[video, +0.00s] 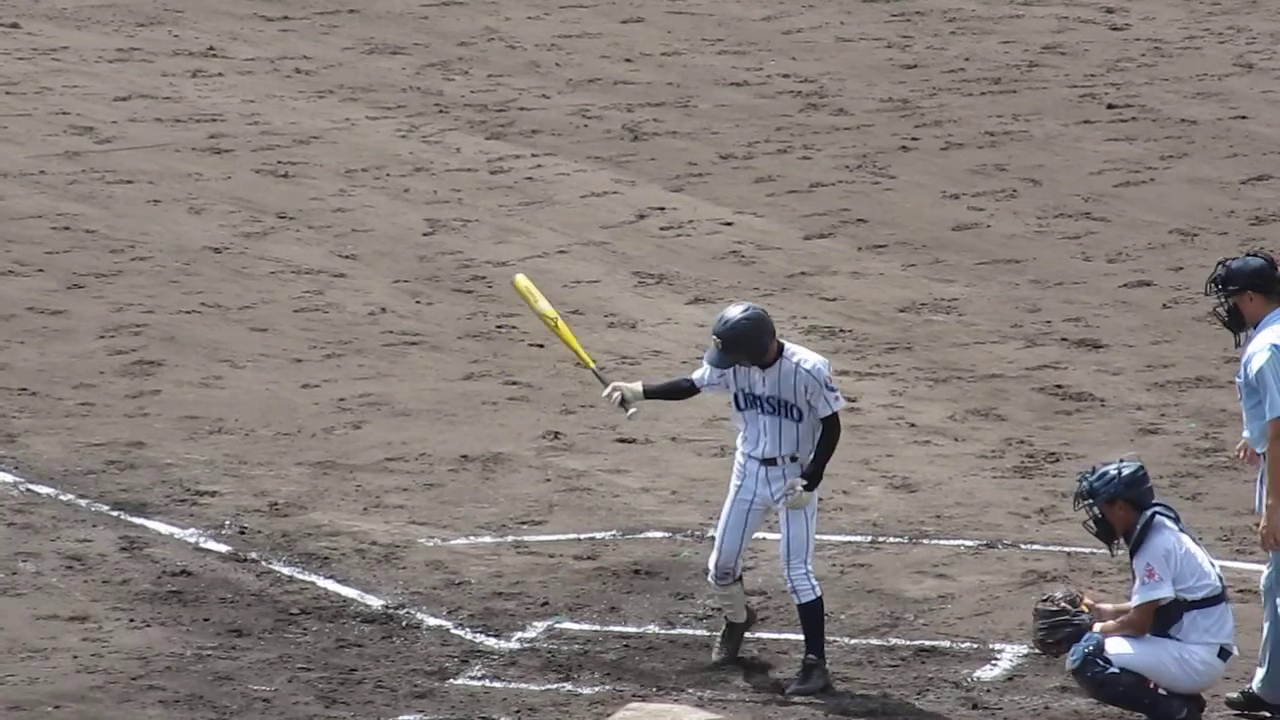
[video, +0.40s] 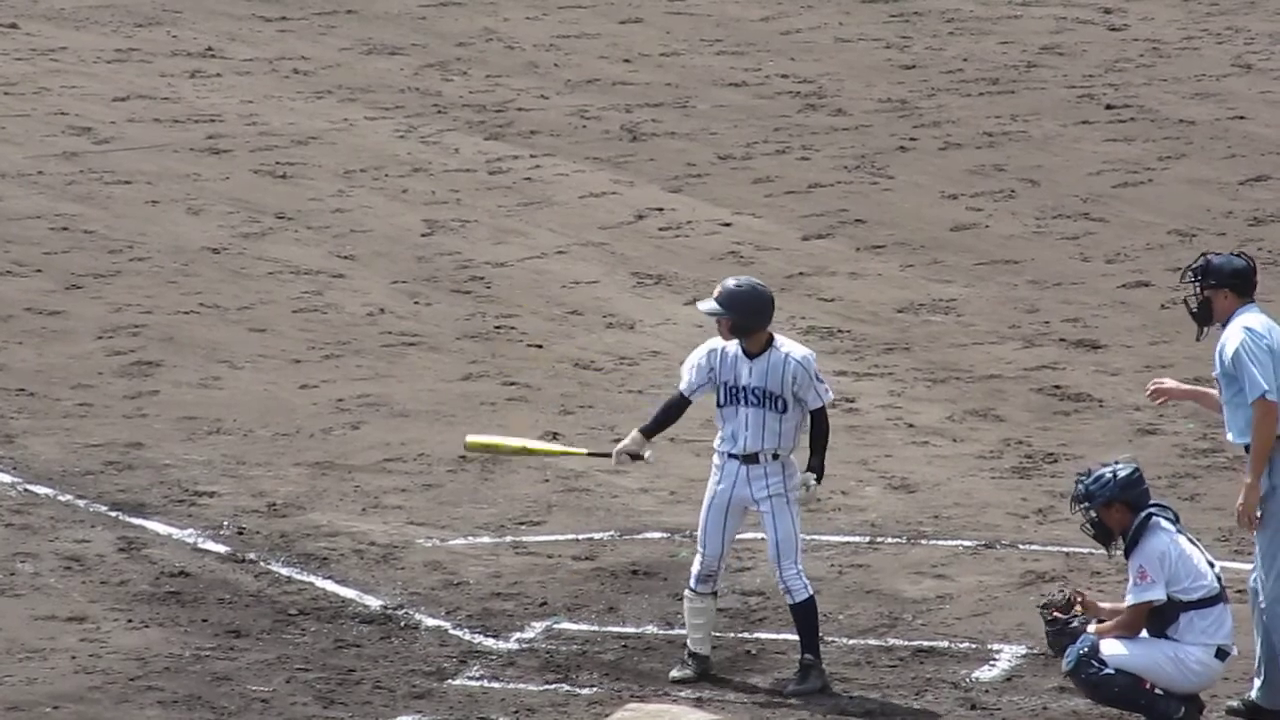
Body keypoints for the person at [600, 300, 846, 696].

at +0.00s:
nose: (735, 365)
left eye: (739, 358)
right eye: (732, 358)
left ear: (761, 347)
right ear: (732, 348)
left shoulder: (809, 370)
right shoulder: (734, 364)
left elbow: (832, 427)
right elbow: (690, 384)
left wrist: (809, 480)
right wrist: (637, 390)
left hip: (795, 479)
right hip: (748, 476)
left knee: (798, 573)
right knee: (722, 567)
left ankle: (815, 665)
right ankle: (737, 621)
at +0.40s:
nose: (717, 321)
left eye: (724, 316)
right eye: (718, 315)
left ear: (747, 320)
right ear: (731, 317)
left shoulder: (797, 362)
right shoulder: (715, 356)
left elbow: (819, 415)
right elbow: (679, 400)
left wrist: (814, 469)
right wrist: (640, 435)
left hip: (775, 475)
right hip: (726, 473)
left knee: (789, 571)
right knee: (706, 565)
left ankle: (811, 665)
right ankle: (696, 657)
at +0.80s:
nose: (711, 305)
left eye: (719, 300)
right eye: (713, 298)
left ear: (742, 306)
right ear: (730, 304)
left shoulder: (790, 353)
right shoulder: (707, 353)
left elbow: (794, 415)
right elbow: (719, 413)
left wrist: (783, 467)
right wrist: (743, 456)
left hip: (770, 470)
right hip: (722, 468)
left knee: (791, 567)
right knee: (704, 563)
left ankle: (812, 665)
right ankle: (697, 658)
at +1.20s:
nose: (735, 298)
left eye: (744, 291)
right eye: (729, 291)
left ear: (762, 297)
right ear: (721, 299)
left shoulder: (787, 346)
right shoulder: (706, 346)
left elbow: (791, 410)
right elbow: (704, 400)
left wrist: (765, 386)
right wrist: (728, 399)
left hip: (767, 470)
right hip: (719, 469)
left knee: (792, 569)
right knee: (704, 566)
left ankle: (812, 666)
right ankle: (697, 658)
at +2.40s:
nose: (703, 299)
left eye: (710, 295)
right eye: (704, 293)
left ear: (730, 300)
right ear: (731, 301)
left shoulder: (772, 341)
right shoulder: (700, 345)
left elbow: (748, 380)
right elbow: (679, 392)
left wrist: (689, 369)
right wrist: (672, 387)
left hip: (758, 467)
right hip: (713, 465)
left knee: (776, 571)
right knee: (696, 563)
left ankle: (804, 665)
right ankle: (688, 655)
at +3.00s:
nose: (704, 306)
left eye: (710, 300)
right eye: (706, 299)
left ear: (730, 306)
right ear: (739, 306)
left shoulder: (769, 351)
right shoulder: (713, 348)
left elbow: (722, 399)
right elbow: (683, 402)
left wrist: (671, 372)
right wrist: (657, 392)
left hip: (754, 474)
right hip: (713, 470)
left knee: (763, 578)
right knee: (694, 567)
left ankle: (801, 664)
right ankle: (686, 657)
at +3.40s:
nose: (726, 312)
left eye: (733, 306)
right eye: (728, 305)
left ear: (753, 312)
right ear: (756, 311)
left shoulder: (802, 349)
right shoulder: (728, 354)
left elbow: (780, 387)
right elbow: (715, 415)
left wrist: (731, 360)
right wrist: (716, 394)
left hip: (779, 474)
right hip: (733, 470)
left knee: (780, 576)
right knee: (700, 565)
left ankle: (801, 664)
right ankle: (686, 651)